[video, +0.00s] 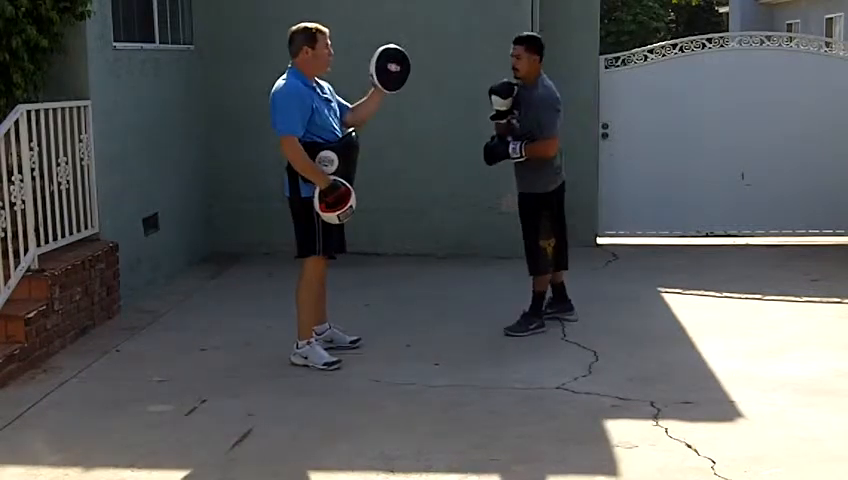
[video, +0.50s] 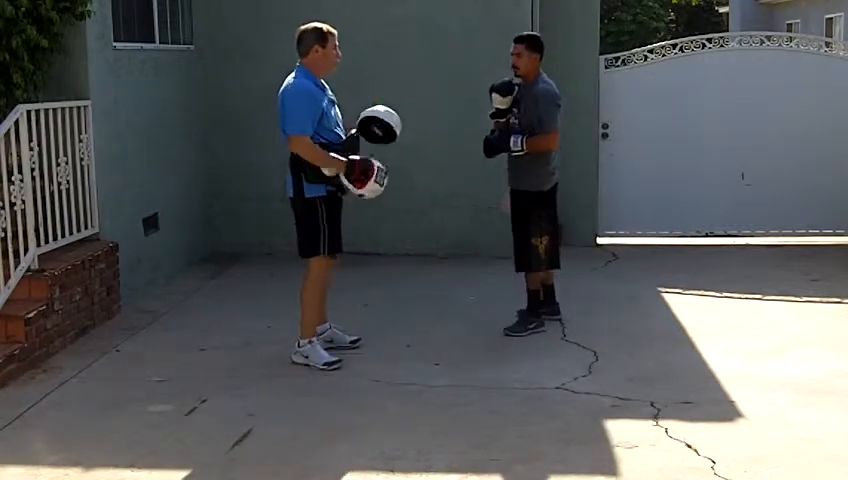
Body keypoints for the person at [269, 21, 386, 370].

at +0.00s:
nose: (332, 53)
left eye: (331, 46)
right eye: (327, 47)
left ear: (309, 52)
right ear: (307, 52)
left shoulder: (316, 84)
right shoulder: (289, 90)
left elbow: (351, 118)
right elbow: (289, 147)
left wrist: (381, 88)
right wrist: (324, 182)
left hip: (326, 186)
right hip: (307, 189)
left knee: (322, 258)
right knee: (314, 260)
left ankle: (320, 330)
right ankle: (304, 345)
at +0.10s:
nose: (332, 52)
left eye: (331, 46)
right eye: (327, 46)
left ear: (310, 52)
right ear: (307, 52)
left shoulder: (316, 84)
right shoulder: (290, 90)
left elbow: (350, 118)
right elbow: (289, 146)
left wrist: (380, 88)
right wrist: (324, 182)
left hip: (326, 186)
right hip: (307, 190)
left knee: (322, 260)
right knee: (315, 262)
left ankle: (320, 330)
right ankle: (304, 345)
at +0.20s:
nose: (334, 53)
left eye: (333, 46)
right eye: (329, 47)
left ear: (312, 52)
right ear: (308, 52)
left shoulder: (317, 84)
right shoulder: (291, 90)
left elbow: (350, 119)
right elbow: (291, 146)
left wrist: (379, 87)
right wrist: (326, 182)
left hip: (325, 188)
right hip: (307, 191)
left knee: (321, 260)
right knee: (313, 263)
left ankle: (320, 330)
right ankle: (304, 345)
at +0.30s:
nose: (335, 53)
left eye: (334, 47)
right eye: (331, 47)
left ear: (313, 51)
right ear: (312, 51)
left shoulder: (315, 83)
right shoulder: (294, 89)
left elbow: (344, 122)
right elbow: (292, 146)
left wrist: (374, 95)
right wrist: (327, 182)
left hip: (323, 188)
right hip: (307, 191)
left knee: (321, 260)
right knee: (313, 263)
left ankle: (319, 330)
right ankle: (305, 344)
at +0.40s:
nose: (337, 52)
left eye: (336, 46)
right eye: (332, 46)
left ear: (314, 51)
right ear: (314, 50)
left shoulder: (314, 84)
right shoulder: (296, 88)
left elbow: (328, 132)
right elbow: (295, 144)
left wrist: (360, 118)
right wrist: (331, 176)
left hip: (322, 187)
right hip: (307, 191)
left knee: (322, 260)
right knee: (313, 263)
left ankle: (319, 329)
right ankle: (304, 345)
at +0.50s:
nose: (339, 54)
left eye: (338, 47)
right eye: (334, 47)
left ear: (317, 52)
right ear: (317, 51)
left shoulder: (315, 84)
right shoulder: (299, 89)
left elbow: (325, 135)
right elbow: (299, 144)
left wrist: (358, 133)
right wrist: (341, 165)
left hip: (324, 188)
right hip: (311, 192)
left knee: (327, 259)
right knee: (318, 262)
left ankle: (319, 329)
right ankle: (307, 343)